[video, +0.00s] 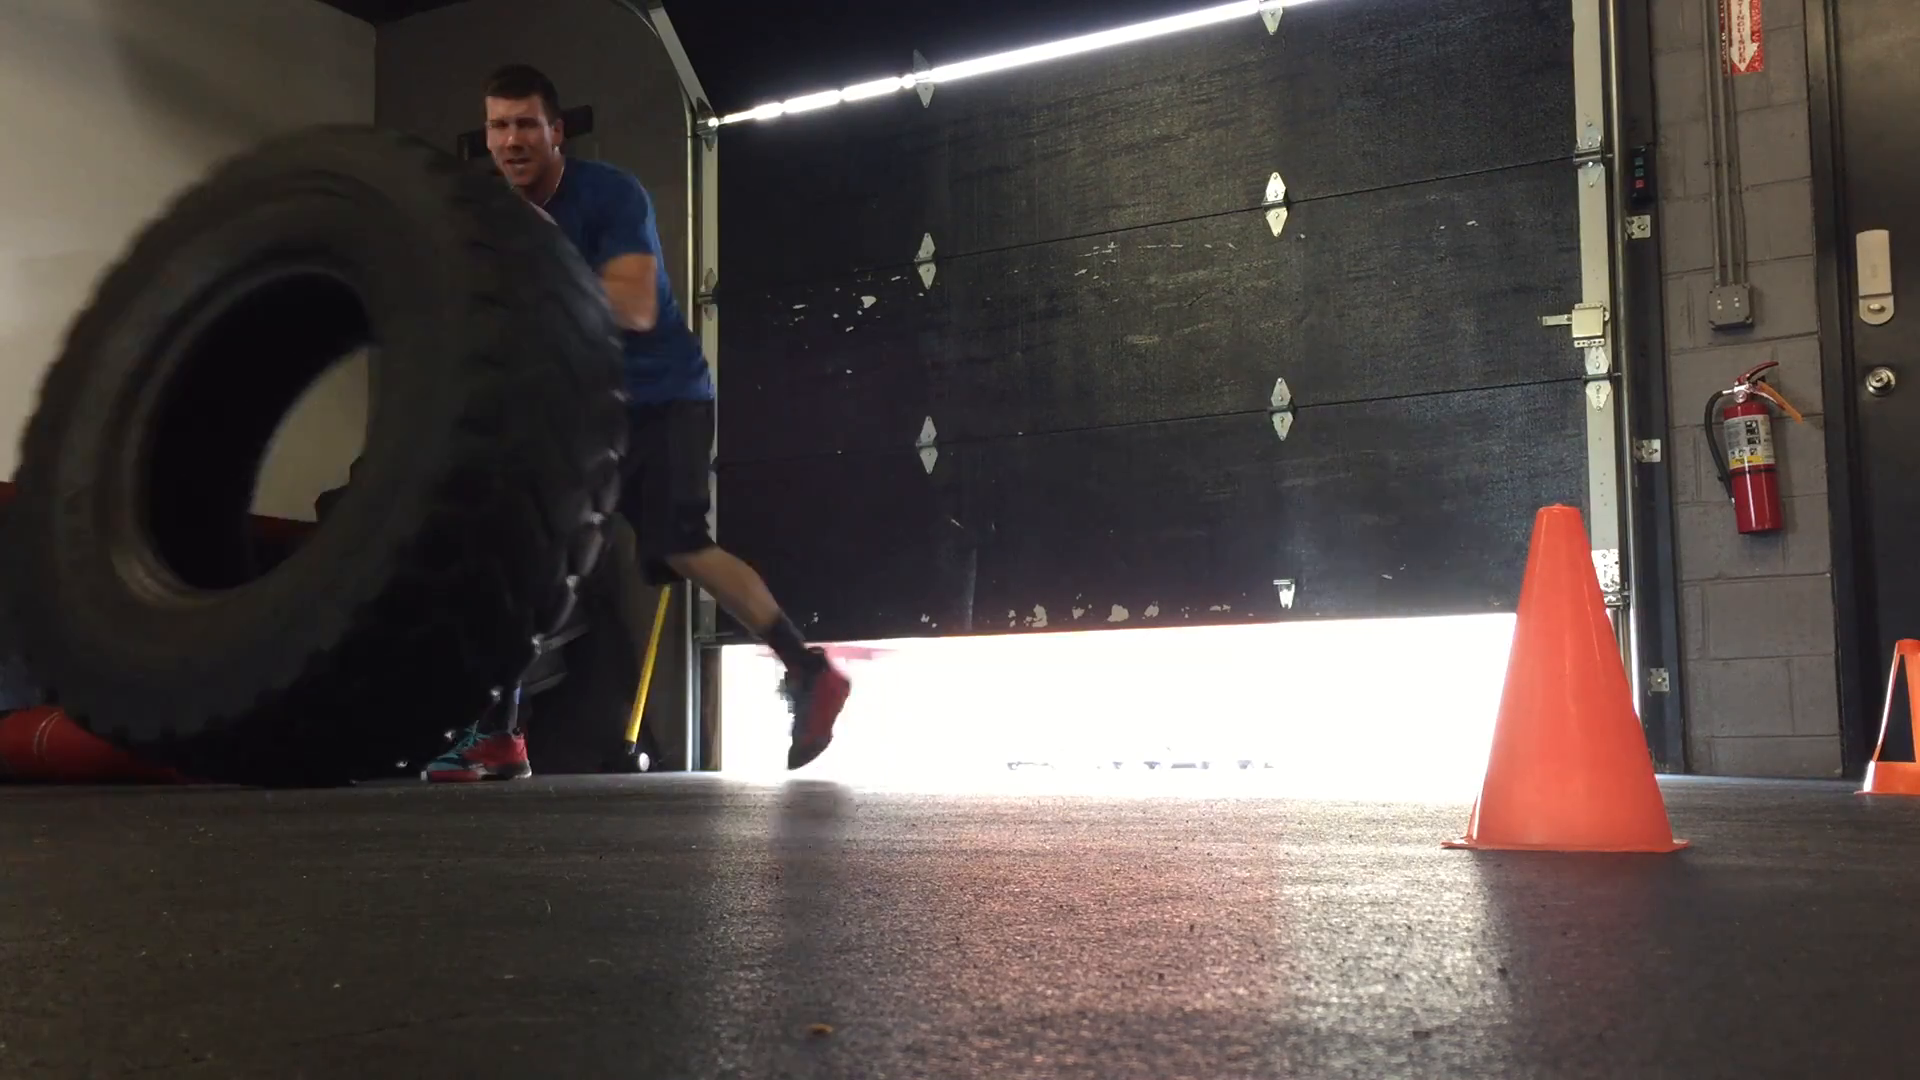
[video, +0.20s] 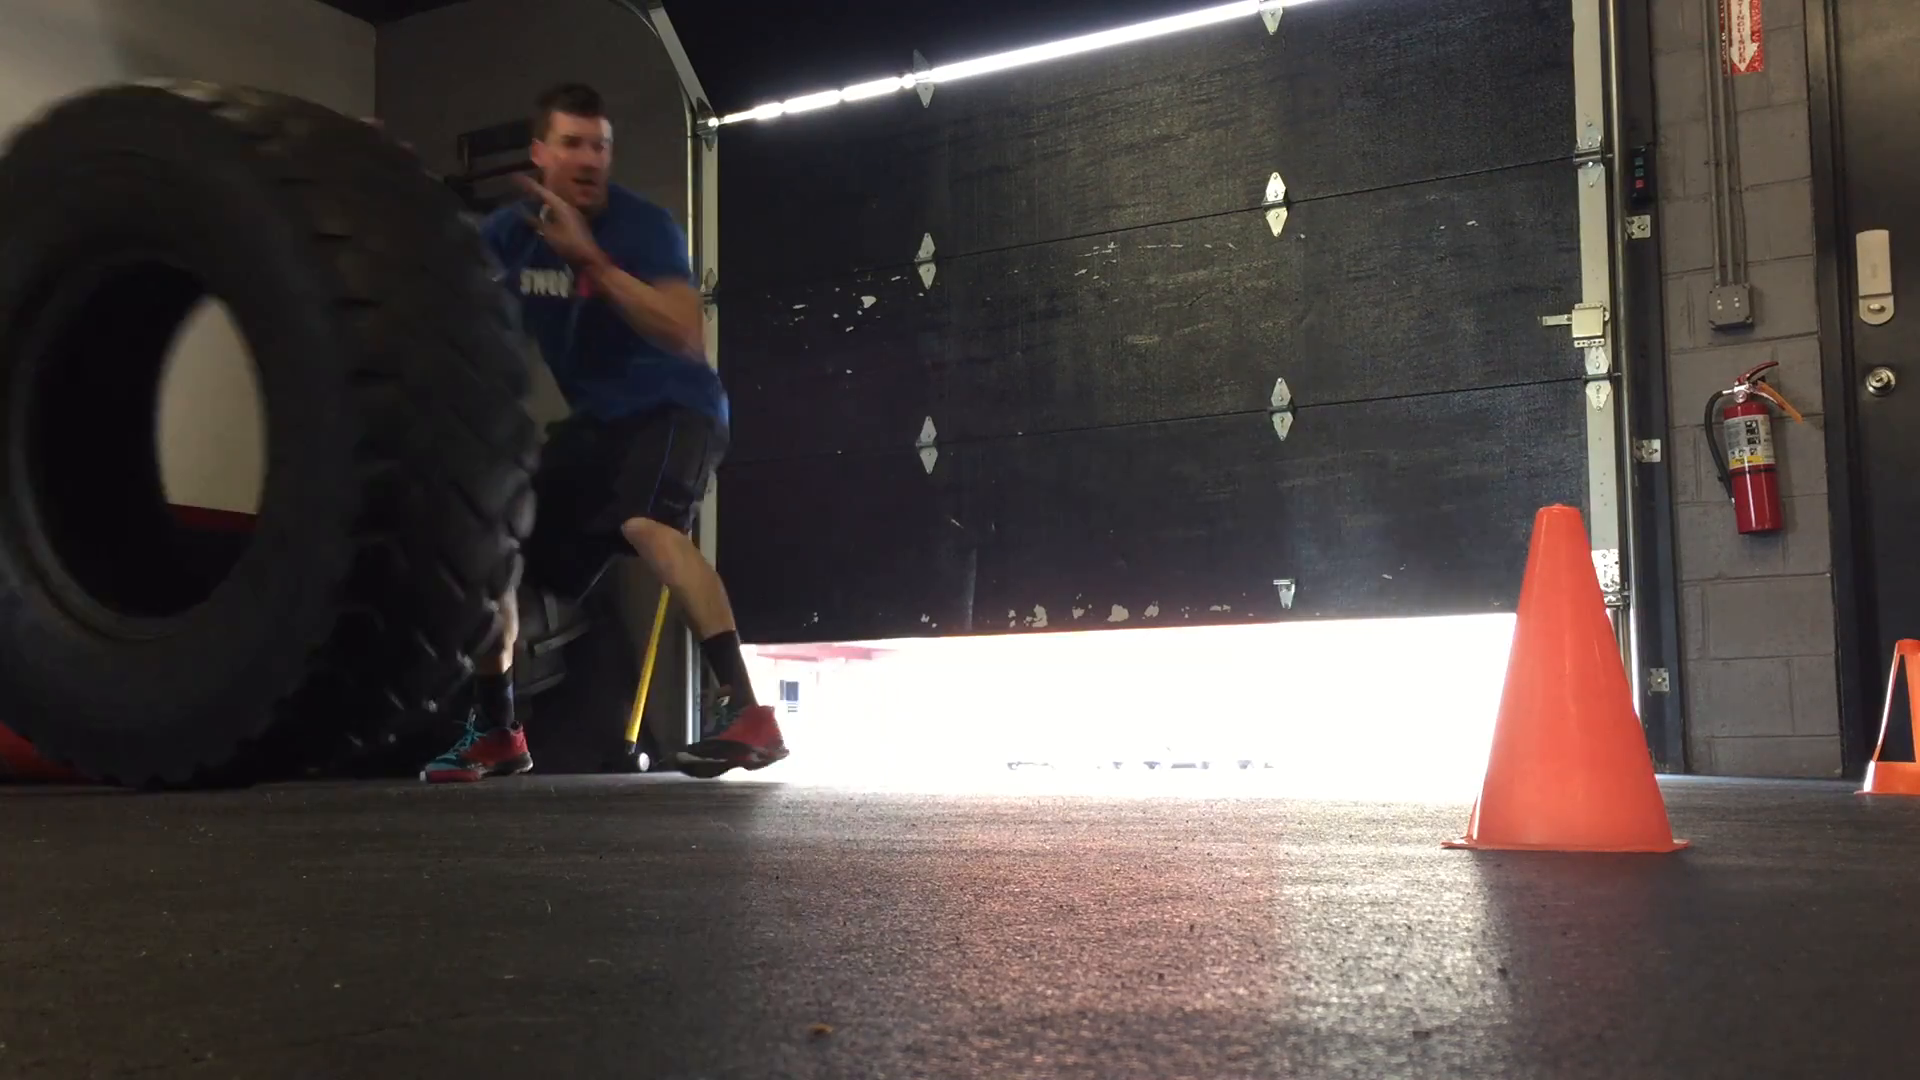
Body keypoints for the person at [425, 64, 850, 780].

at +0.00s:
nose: (511, 141)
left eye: (525, 125)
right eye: (498, 127)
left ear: (558, 131)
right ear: (486, 137)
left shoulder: (611, 193)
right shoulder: (494, 212)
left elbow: (636, 307)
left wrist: (533, 297)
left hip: (663, 394)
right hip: (576, 405)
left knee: (678, 542)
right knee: (537, 553)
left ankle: (809, 670)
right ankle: (497, 729)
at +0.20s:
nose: (589, 159)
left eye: (601, 145)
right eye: (572, 143)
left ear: (614, 154)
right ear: (536, 154)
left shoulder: (643, 223)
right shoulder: (509, 232)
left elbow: (687, 333)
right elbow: (446, 297)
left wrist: (588, 256)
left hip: (680, 405)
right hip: (598, 417)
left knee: (649, 519)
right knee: (491, 537)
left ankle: (750, 712)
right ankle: (498, 731)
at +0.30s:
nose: (650, 169)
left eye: (662, 156)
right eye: (633, 153)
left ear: (675, 167)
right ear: (594, 165)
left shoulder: (694, 246)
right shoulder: (564, 236)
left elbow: (791, 333)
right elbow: (473, 274)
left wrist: (701, 246)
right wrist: (447, 192)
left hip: (693, 434)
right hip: (601, 445)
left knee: (642, 516)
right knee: (494, 561)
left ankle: (745, 718)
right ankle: (496, 739)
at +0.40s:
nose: (738, 123)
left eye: (748, 109)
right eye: (723, 108)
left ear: (761, 121)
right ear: (687, 121)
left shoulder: (791, 196)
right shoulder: (654, 193)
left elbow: (889, 243)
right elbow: (564, 223)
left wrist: (855, 160)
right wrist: (528, 128)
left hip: (753, 415)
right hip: (659, 416)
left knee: (675, 513)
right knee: (575, 571)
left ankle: (751, 723)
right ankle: (512, 713)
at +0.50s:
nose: (833, 56)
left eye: (842, 43)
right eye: (816, 39)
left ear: (852, 58)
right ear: (771, 53)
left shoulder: (881, 144)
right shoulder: (731, 142)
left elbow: (1013, 202)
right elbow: (621, 167)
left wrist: (938, 154)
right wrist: (596, 69)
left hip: (852, 378)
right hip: (758, 373)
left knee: (742, 508)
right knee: (643, 525)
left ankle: (756, 719)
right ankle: (633, 699)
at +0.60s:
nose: (925, 20)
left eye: (938, 9)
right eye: (908, 5)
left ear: (950, 21)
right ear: (867, 9)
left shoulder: (974, 106)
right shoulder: (814, 92)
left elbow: (1074, 212)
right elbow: (711, 156)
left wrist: (988, 223)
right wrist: (683, 91)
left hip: (955, 336)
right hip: (860, 329)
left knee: (872, 466)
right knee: (755, 477)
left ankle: (853, 674)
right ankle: (822, 662)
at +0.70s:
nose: (1050, 13)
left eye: (1056, 5)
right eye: (1032, 0)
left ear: (1059, 17)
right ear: (985, 5)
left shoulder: (1083, 107)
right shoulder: (923, 87)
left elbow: (1146, 235)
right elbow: (814, 173)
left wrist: (1116, 298)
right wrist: (814, 150)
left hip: (1048, 324)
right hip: (950, 328)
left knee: (1036, 446)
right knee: (866, 510)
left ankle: (1131, 634)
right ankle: (921, 709)